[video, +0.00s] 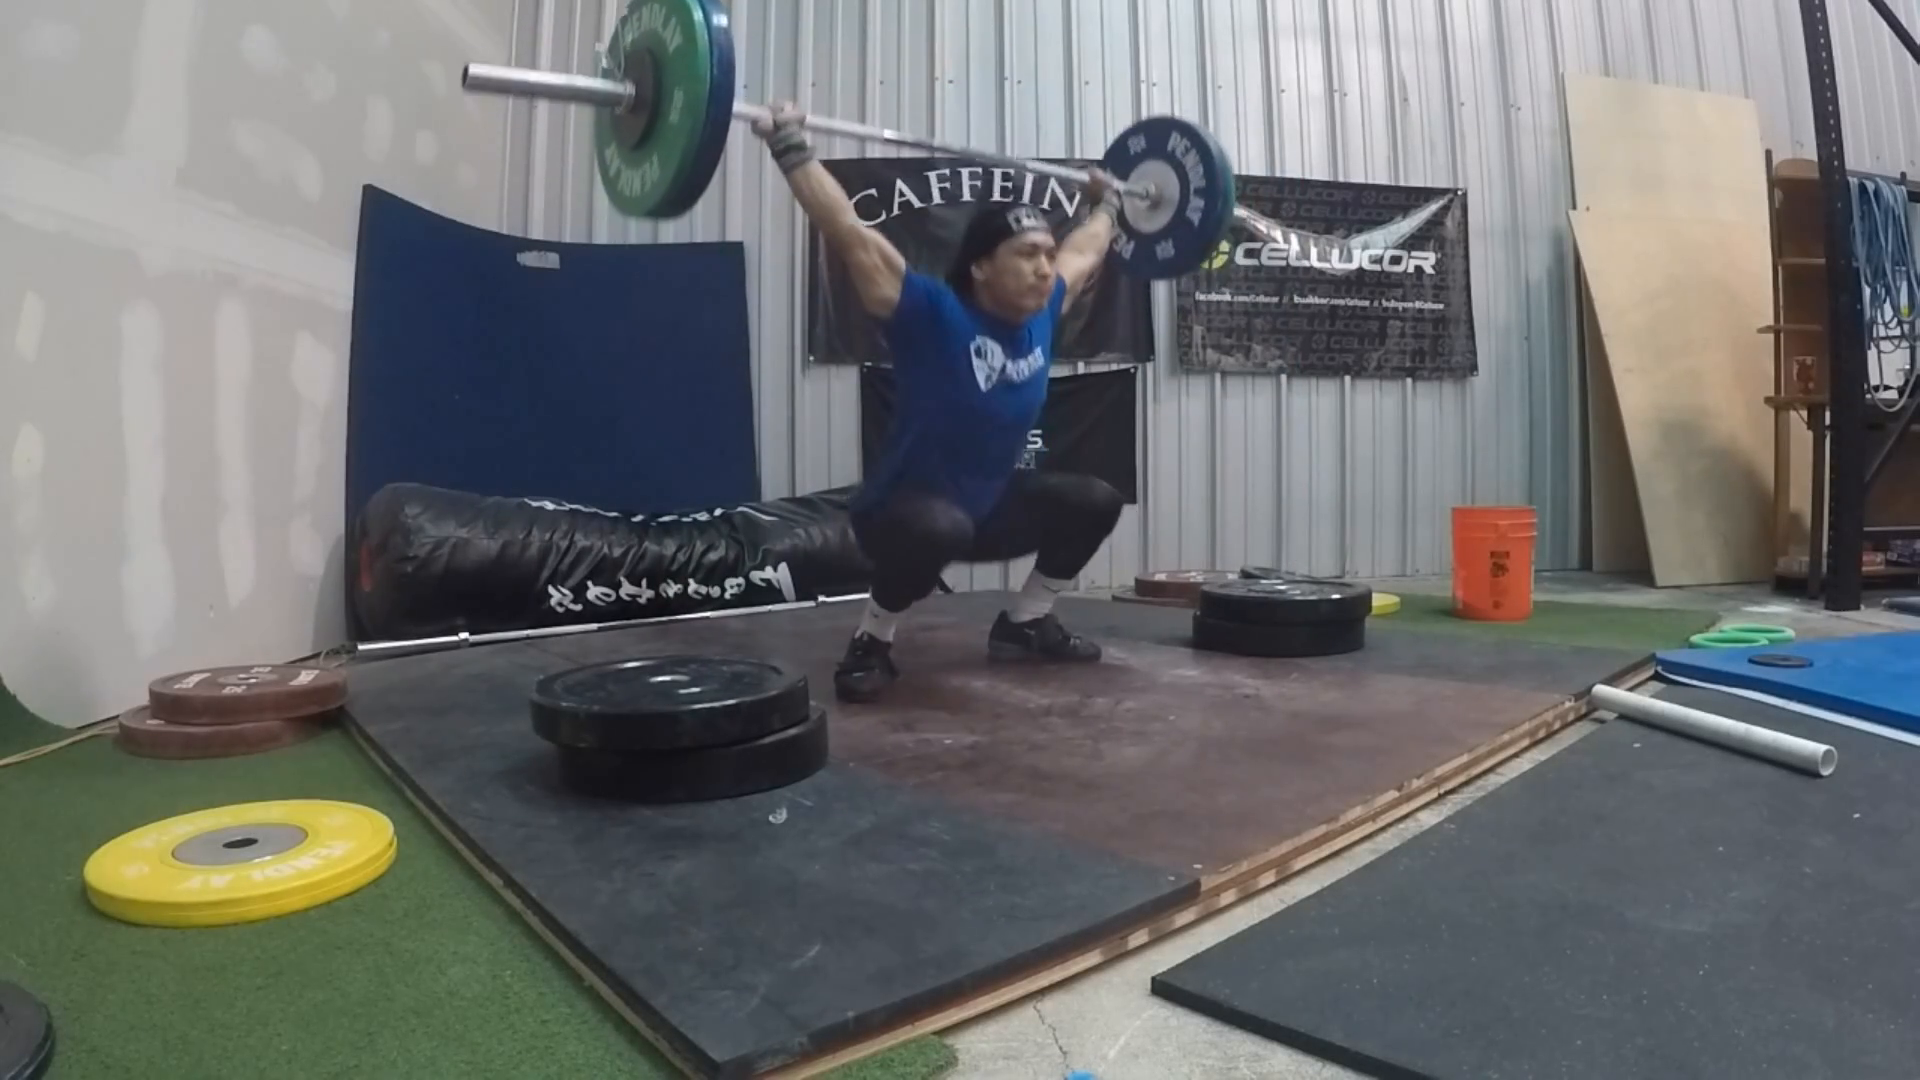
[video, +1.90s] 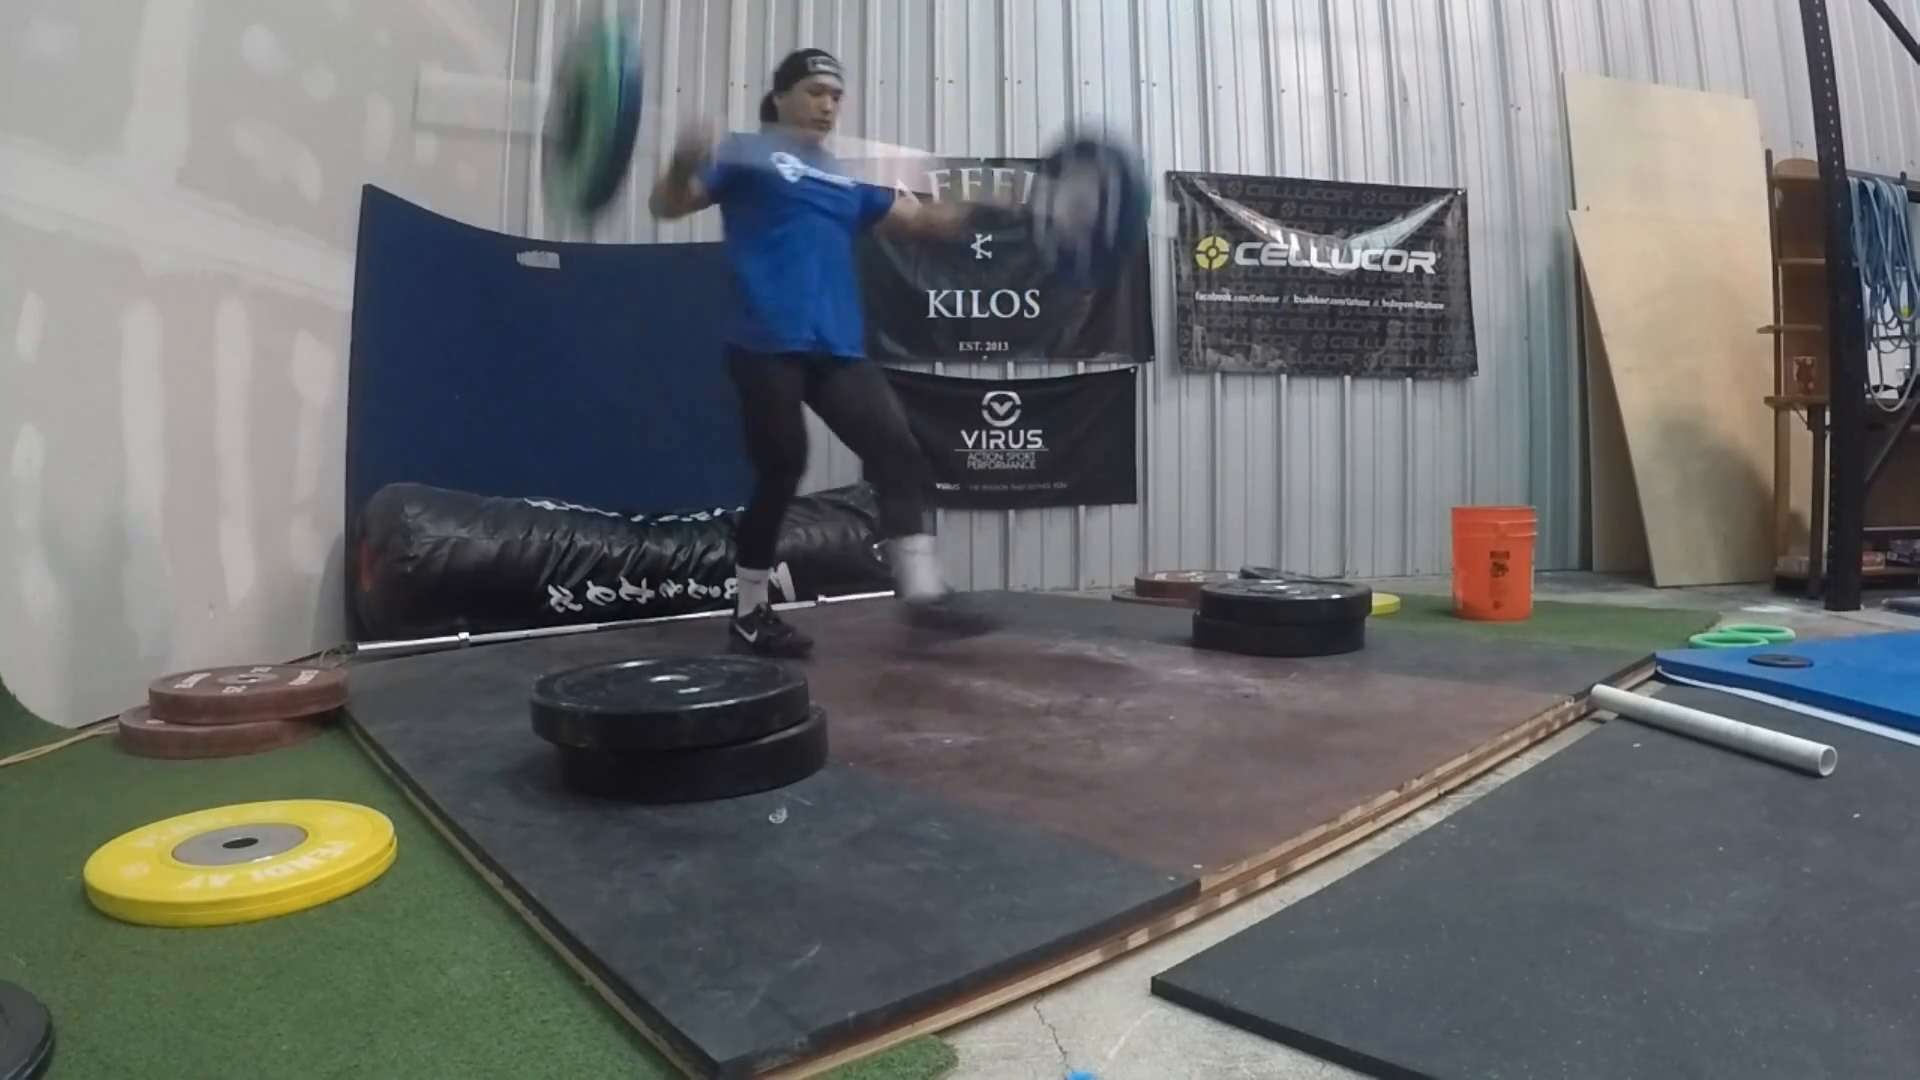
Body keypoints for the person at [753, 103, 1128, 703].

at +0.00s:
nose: (1045, 269)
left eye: (1048, 257)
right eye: (1029, 255)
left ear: (1052, 268)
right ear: (980, 270)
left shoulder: (1039, 312)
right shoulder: (927, 312)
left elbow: (1079, 258)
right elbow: (855, 240)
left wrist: (1107, 208)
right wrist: (793, 153)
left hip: (990, 506)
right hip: (905, 506)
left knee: (1094, 501)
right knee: (939, 526)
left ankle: (1025, 619)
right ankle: (872, 639)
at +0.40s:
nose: (1027, 169)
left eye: (1030, 158)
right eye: (1010, 156)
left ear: (1030, 170)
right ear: (964, 167)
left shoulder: (1028, 218)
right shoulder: (914, 213)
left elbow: (1073, 172)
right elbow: (845, 141)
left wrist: (1103, 128)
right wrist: (788, 47)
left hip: (967, 422)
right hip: (881, 418)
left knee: (1069, 483)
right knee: (922, 495)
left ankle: (1021, 622)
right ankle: (865, 639)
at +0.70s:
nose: (1010, 82)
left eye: (1016, 72)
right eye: (993, 69)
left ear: (1019, 90)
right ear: (947, 83)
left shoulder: (1019, 144)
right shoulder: (906, 132)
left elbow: (1068, 97)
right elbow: (834, 50)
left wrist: (1093, 58)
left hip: (962, 366)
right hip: (882, 358)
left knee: (1049, 469)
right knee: (897, 477)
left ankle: (1020, 620)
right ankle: (863, 637)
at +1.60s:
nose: (929, 57)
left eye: (935, 47)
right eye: (916, 44)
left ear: (940, 55)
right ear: (875, 49)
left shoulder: (950, 115)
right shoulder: (840, 107)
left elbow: (1006, 78)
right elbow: (770, 34)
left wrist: (1043, 28)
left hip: (955, 324)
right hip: (877, 324)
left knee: (978, 456)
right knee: (873, 457)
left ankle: (991, 622)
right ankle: (816, 609)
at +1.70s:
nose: (889, 84)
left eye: (895, 74)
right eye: (876, 72)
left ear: (899, 79)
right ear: (838, 77)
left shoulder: (917, 141)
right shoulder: (804, 134)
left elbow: (985, 110)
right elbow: (727, 70)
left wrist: (1027, 59)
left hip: (920, 340)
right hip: (846, 339)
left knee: (952, 462)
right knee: (853, 470)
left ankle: (989, 622)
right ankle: (770, 598)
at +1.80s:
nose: (851, 105)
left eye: (858, 96)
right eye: (838, 93)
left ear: (862, 108)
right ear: (800, 101)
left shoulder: (873, 171)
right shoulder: (767, 156)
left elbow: (947, 164)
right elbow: (688, 140)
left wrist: (1005, 124)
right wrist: (697, 60)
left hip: (875, 356)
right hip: (801, 355)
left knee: (918, 470)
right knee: (809, 484)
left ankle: (981, 617)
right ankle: (754, 610)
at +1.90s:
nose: (827, 105)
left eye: (835, 97)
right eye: (815, 91)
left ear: (838, 108)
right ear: (778, 97)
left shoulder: (842, 182)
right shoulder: (744, 156)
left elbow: (919, 218)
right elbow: (668, 206)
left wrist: (992, 207)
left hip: (834, 349)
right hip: (765, 347)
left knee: (895, 447)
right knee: (780, 465)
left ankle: (922, 598)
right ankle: (750, 613)